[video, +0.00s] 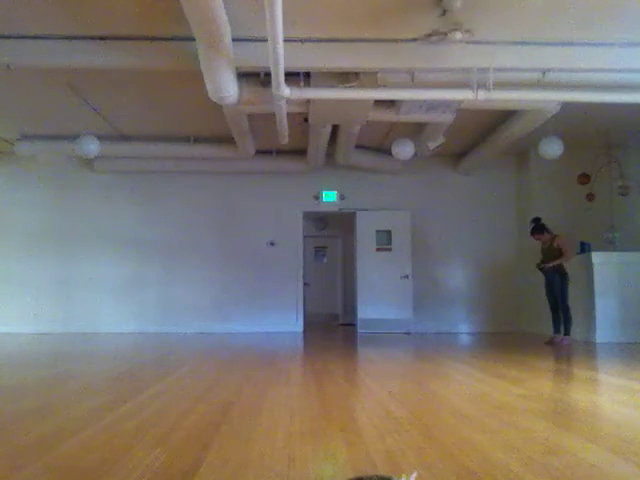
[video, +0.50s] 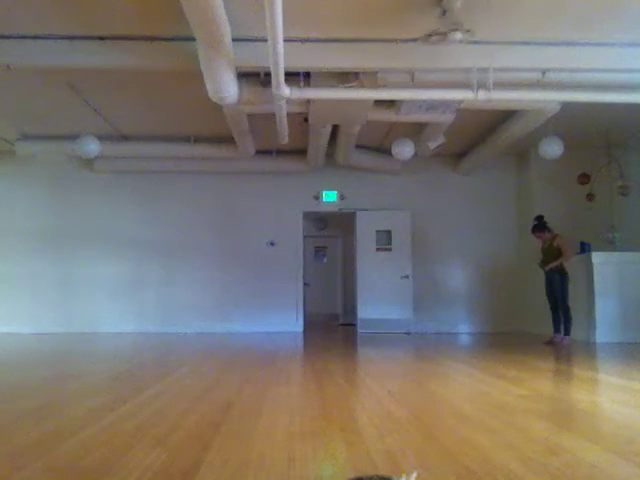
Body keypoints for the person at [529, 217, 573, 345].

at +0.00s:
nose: (539, 241)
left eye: (539, 238)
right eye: (537, 239)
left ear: (544, 233)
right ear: (538, 236)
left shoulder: (558, 240)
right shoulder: (544, 244)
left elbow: (568, 256)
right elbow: (545, 258)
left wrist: (551, 264)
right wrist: (541, 264)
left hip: (560, 274)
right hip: (549, 275)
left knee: (563, 305)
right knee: (553, 305)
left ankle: (566, 335)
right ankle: (556, 334)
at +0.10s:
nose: (539, 241)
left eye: (539, 238)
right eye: (537, 239)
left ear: (544, 233)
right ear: (538, 236)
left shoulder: (558, 240)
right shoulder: (544, 243)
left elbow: (567, 256)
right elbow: (546, 257)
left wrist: (551, 264)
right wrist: (541, 264)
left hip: (560, 274)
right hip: (549, 274)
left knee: (563, 304)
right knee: (553, 305)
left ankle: (566, 335)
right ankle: (557, 334)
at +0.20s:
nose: (539, 241)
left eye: (539, 238)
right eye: (537, 239)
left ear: (544, 233)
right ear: (538, 236)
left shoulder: (558, 240)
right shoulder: (544, 243)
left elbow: (568, 255)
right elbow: (547, 257)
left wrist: (552, 264)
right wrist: (542, 263)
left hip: (560, 274)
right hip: (549, 274)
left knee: (563, 304)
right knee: (553, 305)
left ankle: (566, 335)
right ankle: (557, 334)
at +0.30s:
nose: (539, 241)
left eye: (539, 238)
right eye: (537, 239)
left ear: (544, 233)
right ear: (538, 236)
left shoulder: (558, 240)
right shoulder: (544, 243)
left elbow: (568, 255)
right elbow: (547, 257)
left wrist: (552, 264)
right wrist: (542, 263)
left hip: (560, 274)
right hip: (549, 274)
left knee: (563, 304)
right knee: (553, 305)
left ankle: (566, 335)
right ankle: (557, 334)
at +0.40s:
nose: (539, 240)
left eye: (539, 237)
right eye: (537, 238)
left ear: (545, 233)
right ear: (537, 236)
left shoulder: (558, 240)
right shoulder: (544, 244)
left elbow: (567, 255)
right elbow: (546, 257)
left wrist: (551, 265)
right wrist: (542, 263)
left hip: (560, 274)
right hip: (549, 274)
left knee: (563, 304)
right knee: (553, 305)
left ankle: (566, 335)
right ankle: (557, 334)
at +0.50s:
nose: (539, 239)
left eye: (539, 236)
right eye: (537, 237)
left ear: (545, 232)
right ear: (539, 235)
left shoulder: (558, 240)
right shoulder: (545, 243)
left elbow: (567, 255)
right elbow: (547, 257)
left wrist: (551, 265)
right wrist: (542, 263)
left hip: (560, 273)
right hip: (549, 274)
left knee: (562, 304)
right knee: (553, 304)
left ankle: (566, 335)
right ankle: (557, 334)